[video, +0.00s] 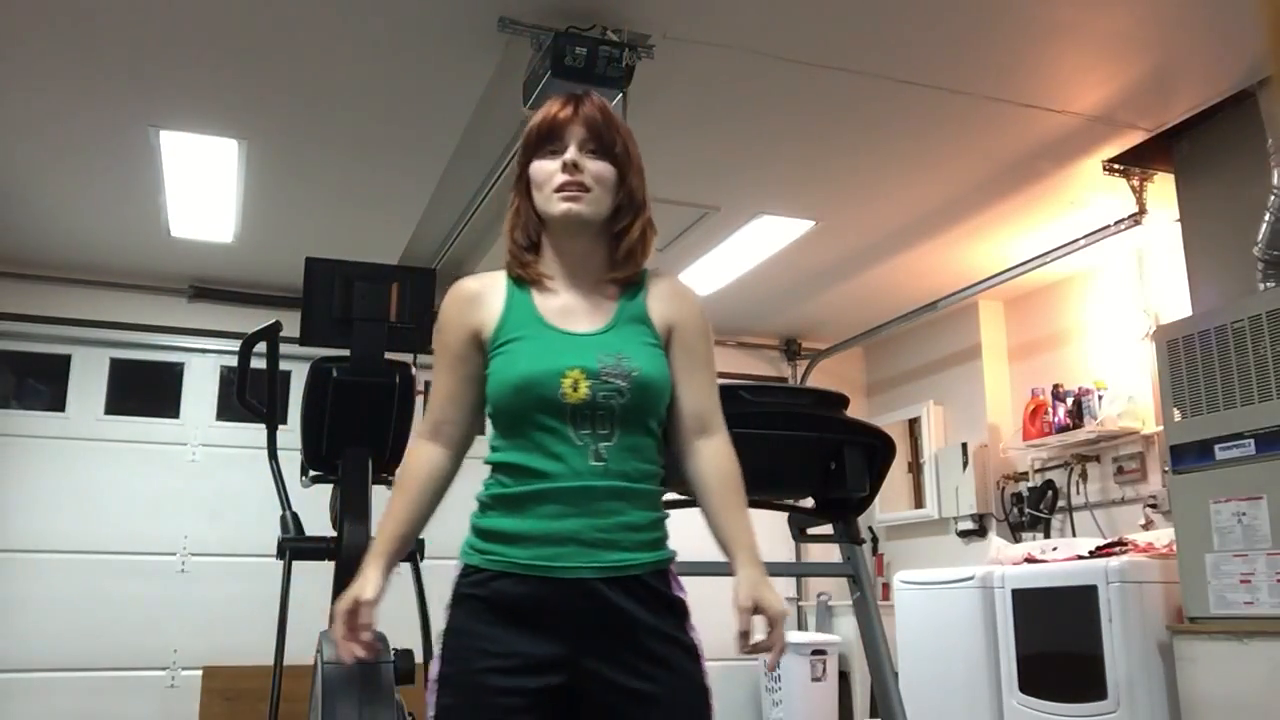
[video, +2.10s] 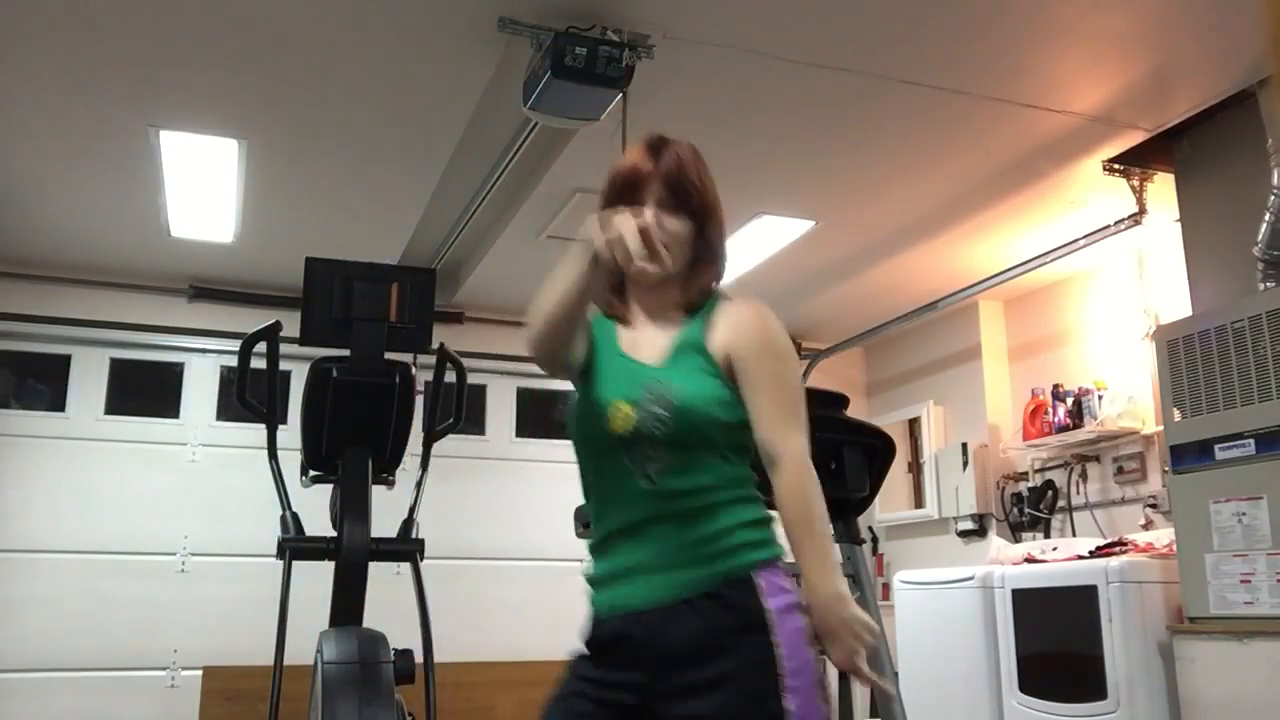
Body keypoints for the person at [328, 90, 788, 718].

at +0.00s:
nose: (571, 163)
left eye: (593, 152)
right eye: (552, 151)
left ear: (624, 182)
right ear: (527, 182)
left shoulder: (669, 304)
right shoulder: (477, 301)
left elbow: (703, 438)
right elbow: (437, 440)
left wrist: (748, 565)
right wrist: (376, 565)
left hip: (637, 606)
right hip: (502, 605)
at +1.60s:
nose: (556, 195)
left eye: (577, 178)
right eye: (536, 180)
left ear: (608, 199)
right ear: (515, 202)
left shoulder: (667, 317)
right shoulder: (476, 326)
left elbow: (705, 435)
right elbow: (454, 459)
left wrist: (730, 539)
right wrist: (349, 543)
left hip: (624, 622)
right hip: (488, 617)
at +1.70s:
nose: (562, 216)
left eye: (583, 200)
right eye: (542, 202)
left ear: (615, 221)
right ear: (519, 228)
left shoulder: (671, 322)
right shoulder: (488, 344)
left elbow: (717, 420)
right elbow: (425, 465)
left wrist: (739, 474)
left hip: (631, 629)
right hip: (498, 618)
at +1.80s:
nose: (578, 194)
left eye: (601, 177)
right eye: (558, 178)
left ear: (631, 198)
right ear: (537, 201)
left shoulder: (679, 293)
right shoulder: (504, 310)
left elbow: (741, 388)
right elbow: (407, 404)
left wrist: (752, 443)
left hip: (648, 607)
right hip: (517, 601)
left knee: (696, 708)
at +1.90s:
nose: (603, 176)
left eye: (627, 159)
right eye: (584, 160)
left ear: (656, 179)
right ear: (561, 180)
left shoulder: (692, 268)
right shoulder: (529, 282)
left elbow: (751, 365)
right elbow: (436, 339)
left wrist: (775, 471)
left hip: (669, 570)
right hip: (545, 572)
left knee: (710, 710)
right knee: (517, 708)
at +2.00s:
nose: (626, 192)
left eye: (650, 177)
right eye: (610, 173)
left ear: (679, 199)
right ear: (584, 190)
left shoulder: (716, 292)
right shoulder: (556, 299)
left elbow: (768, 412)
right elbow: (487, 322)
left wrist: (799, 542)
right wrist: (530, 206)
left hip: (698, 591)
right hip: (582, 595)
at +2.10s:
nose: (651, 223)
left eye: (673, 207)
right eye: (634, 204)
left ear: (703, 226)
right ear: (611, 221)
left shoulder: (740, 323)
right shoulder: (593, 333)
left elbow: (789, 461)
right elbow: (545, 342)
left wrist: (827, 597)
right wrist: (588, 246)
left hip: (741, 617)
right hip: (624, 629)